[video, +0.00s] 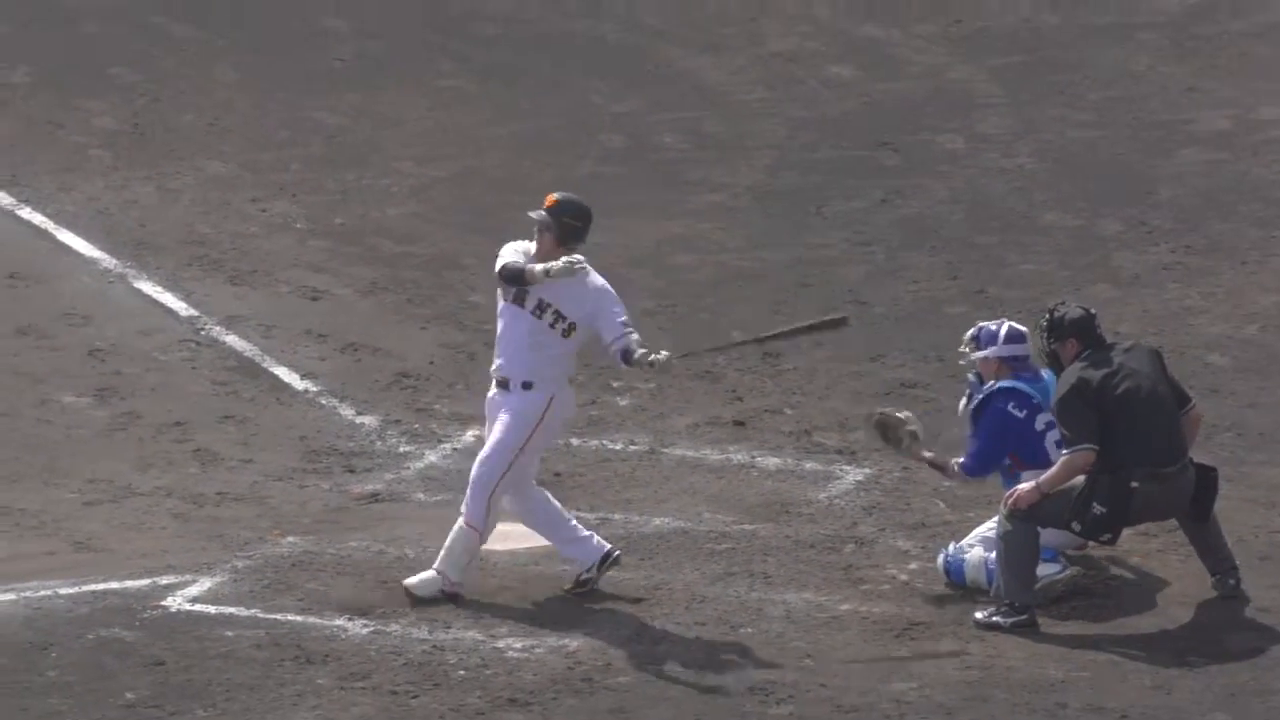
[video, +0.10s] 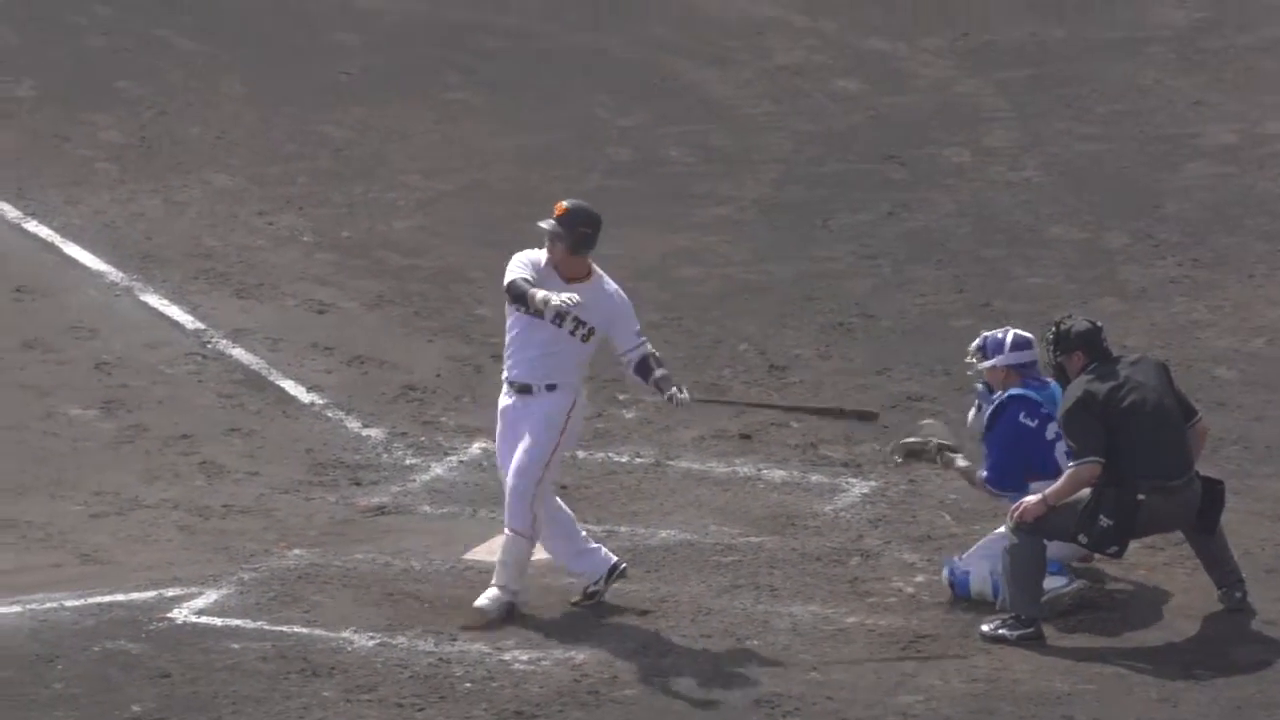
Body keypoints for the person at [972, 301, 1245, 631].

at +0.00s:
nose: (1052, 356)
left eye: (1053, 348)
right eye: (1050, 348)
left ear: (1071, 346)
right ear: (1097, 337)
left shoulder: (1073, 384)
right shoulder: (1144, 355)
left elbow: (1081, 457)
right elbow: (1191, 415)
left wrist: (1037, 489)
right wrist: (1171, 461)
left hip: (1120, 497)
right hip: (1178, 487)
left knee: (1018, 509)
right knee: (1186, 491)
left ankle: (1015, 606)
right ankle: (1228, 578)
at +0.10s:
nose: (1058, 369)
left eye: (1060, 362)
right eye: (1056, 362)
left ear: (1078, 359)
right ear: (1102, 350)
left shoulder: (1080, 397)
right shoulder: (1150, 368)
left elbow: (1087, 470)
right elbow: (1197, 429)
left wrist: (1043, 501)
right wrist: (1177, 474)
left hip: (1126, 511)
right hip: (1184, 500)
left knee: (1024, 520)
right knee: (1193, 503)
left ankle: (1021, 619)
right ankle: (1234, 590)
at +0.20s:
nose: (1064, 373)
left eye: (1065, 365)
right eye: (1062, 365)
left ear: (1083, 363)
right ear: (1107, 355)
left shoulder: (1084, 403)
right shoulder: (1155, 373)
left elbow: (1093, 473)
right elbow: (1202, 433)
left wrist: (1048, 505)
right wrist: (1183, 478)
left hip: (1132, 514)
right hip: (1189, 502)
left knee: (1030, 526)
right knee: (1198, 509)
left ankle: (1027, 623)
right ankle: (1239, 594)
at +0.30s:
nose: (1066, 372)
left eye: (1068, 365)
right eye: (1064, 365)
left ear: (1084, 361)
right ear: (1110, 352)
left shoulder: (1086, 401)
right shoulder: (1157, 369)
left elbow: (1096, 471)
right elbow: (1205, 431)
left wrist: (1051, 503)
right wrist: (1186, 475)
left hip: (1136, 512)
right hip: (1193, 500)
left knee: (1033, 525)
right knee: (1201, 506)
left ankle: (1032, 622)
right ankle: (1244, 592)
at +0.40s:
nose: (1065, 361)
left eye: (1066, 353)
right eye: (1063, 353)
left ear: (1082, 351)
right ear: (1109, 342)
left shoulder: (1084, 391)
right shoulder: (1155, 356)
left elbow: (1097, 461)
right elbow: (1202, 420)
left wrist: (1054, 496)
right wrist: (1191, 464)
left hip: (1140, 500)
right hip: (1195, 487)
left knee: (1038, 519)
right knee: (1204, 499)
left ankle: (1038, 615)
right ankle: (1249, 584)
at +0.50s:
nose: (1057, 346)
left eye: (1058, 339)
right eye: (1055, 339)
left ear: (1075, 335)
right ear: (1098, 323)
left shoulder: (1078, 376)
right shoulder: (1148, 339)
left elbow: (1092, 448)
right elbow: (1189, 401)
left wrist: (1051, 486)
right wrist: (1190, 448)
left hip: (1139, 482)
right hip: (1193, 468)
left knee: (1038, 509)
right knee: (1207, 497)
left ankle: (1039, 604)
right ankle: (1253, 574)